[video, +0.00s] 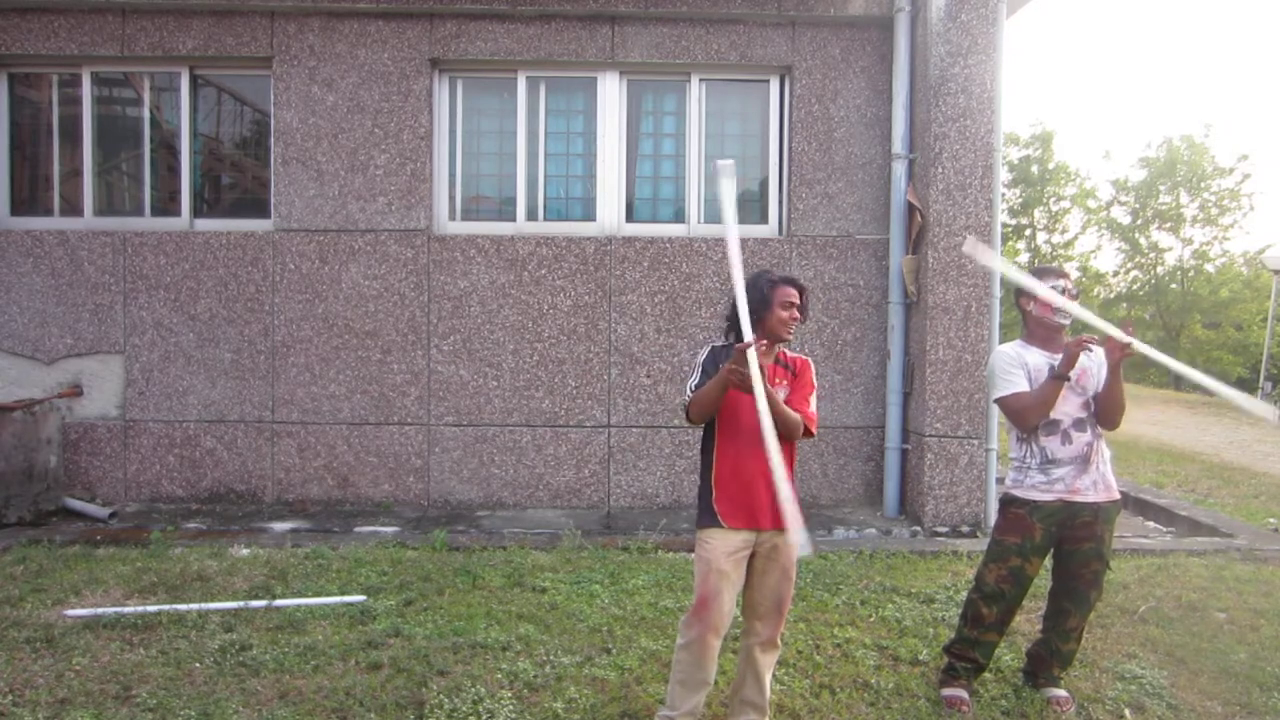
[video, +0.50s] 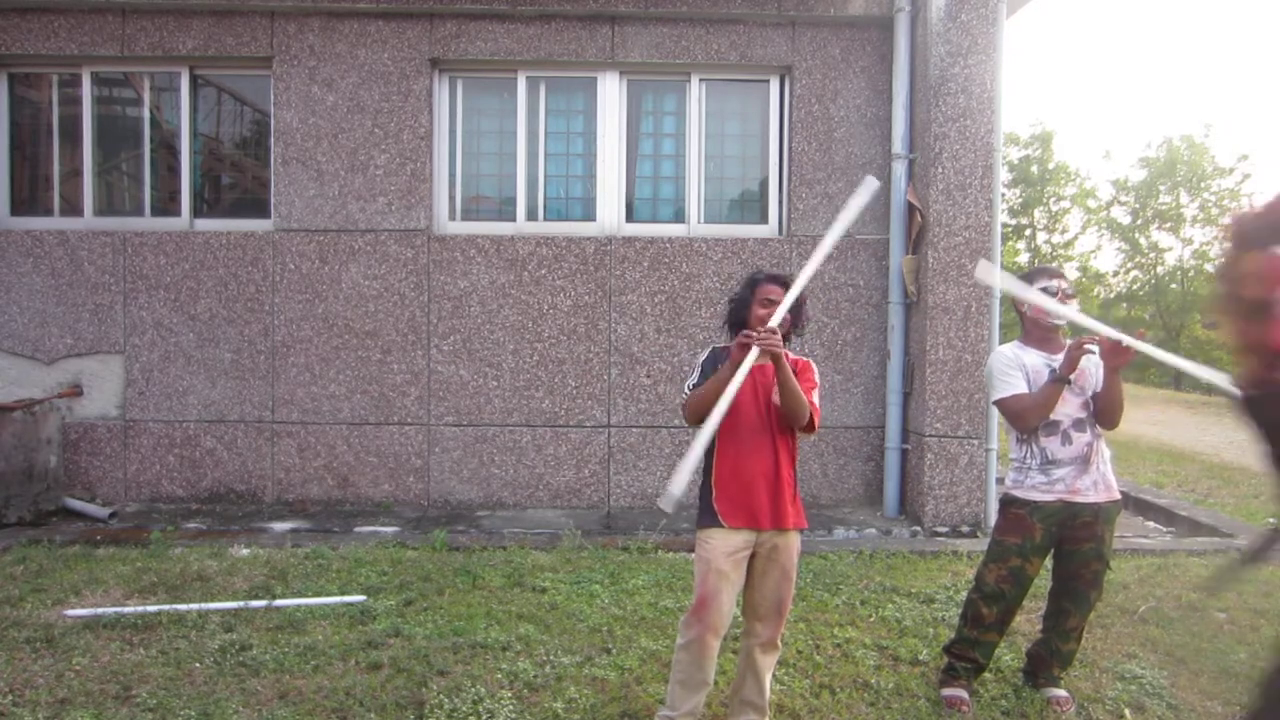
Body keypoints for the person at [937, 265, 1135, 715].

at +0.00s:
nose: (1059, 301)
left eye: (1065, 293)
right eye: (1048, 293)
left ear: (1075, 305)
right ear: (1024, 304)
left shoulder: (1091, 356)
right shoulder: (1008, 356)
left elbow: (1110, 420)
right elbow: (1025, 419)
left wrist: (1115, 367)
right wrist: (1062, 369)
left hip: (1093, 497)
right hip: (1032, 496)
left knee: (1078, 596)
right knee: (997, 587)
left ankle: (1045, 673)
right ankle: (958, 676)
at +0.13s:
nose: (1067, 298)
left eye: (1072, 293)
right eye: (1056, 290)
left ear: (1075, 307)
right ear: (1026, 303)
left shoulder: (1090, 357)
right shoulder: (1008, 356)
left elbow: (1109, 419)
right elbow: (1024, 419)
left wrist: (1115, 367)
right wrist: (1060, 375)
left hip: (1092, 496)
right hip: (1032, 496)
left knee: (1078, 595)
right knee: (998, 587)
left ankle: (1046, 673)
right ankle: (958, 675)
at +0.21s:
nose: (1068, 299)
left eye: (1072, 294)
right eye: (1055, 291)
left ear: (1076, 307)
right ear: (1026, 302)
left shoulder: (1089, 358)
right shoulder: (1007, 356)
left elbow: (1109, 419)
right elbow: (1024, 418)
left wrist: (1115, 367)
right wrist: (1064, 372)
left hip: (1092, 497)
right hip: (1032, 496)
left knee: (1078, 596)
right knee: (998, 587)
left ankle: (1046, 673)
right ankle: (958, 675)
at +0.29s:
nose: (1067, 299)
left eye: (1071, 294)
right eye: (1055, 291)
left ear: (1075, 308)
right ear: (1025, 303)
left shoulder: (1090, 358)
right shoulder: (1007, 356)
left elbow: (1107, 419)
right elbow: (1023, 419)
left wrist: (1115, 363)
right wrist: (1065, 373)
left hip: (1092, 497)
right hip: (1032, 496)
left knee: (1079, 595)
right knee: (998, 586)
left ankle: (1045, 674)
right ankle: (958, 675)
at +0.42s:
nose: (1066, 299)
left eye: (1070, 294)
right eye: (1053, 291)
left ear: (1073, 307)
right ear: (1024, 304)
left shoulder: (1088, 357)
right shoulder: (1007, 357)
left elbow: (1109, 419)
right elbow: (1023, 419)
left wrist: (1115, 369)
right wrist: (1063, 374)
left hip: (1093, 497)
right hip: (1032, 496)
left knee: (1078, 597)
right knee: (997, 587)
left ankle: (1045, 673)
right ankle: (958, 675)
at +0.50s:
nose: (1061, 301)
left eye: (1066, 295)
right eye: (1050, 294)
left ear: (1073, 306)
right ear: (1023, 305)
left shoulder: (1087, 357)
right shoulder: (1007, 357)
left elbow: (1109, 419)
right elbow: (1023, 419)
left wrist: (1113, 372)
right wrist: (1063, 373)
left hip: (1093, 497)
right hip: (1032, 497)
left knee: (1078, 596)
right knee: (998, 587)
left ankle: (1046, 673)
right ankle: (958, 675)